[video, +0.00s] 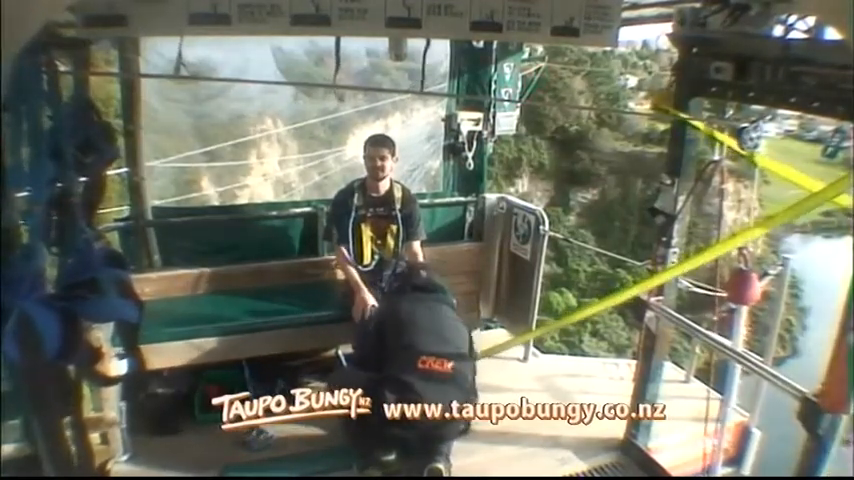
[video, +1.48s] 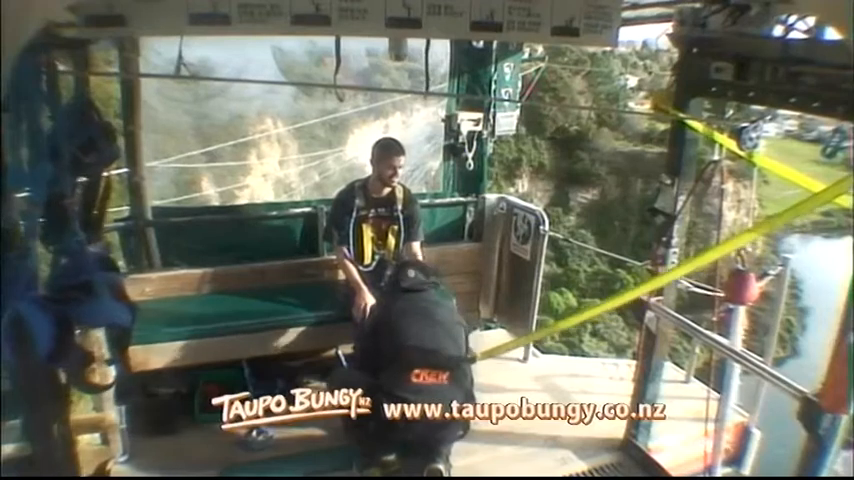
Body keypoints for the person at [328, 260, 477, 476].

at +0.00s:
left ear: (397, 286)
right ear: (438, 291)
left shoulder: (386, 311)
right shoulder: (458, 322)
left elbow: (366, 364)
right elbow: (469, 380)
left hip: (399, 413)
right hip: (453, 418)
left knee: (341, 382)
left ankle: (377, 451)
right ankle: (440, 458)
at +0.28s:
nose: (385, 287)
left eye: (389, 282)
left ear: (395, 283)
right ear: (433, 283)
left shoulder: (387, 308)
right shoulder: (454, 314)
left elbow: (366, 361)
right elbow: (474, 365)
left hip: (402, 411)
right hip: (457, 413)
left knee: (341, 382)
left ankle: (378, 452)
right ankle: (441, 457)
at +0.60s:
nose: (389, 280)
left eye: (394, 275)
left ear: (400, 279)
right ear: (437, 280)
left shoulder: (390, 307)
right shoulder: (456, 312)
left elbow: (366, 362)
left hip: (402, 411)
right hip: (455, 415)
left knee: (341, 381)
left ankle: (377, 451)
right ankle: (441, 456)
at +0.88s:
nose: (388, 280)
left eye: (393, 275)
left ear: (398, 279)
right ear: (438, 280)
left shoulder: (390, 305)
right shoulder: (460, 313)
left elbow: (367, 362)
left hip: (399, 415)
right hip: (451, 418)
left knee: (341, 381)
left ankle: (378, 453)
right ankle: (440, 458)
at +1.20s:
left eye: (388, 281)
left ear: (393, 283)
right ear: (434, 283)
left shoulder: (387, 309)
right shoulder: (455, 314)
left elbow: (365, 364)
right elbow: (464, 363)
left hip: (396, 421)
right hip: (448, 423)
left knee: (340, 381)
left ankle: (380, 455)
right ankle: (438, 458)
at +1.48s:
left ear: (392, 286)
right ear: (432, 284)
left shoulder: (383, 311)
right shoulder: (453, 316)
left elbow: (365, 365)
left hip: (396, 421)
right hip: (447, 423)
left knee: (340, 380)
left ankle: (379, 454)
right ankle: (439, 458)